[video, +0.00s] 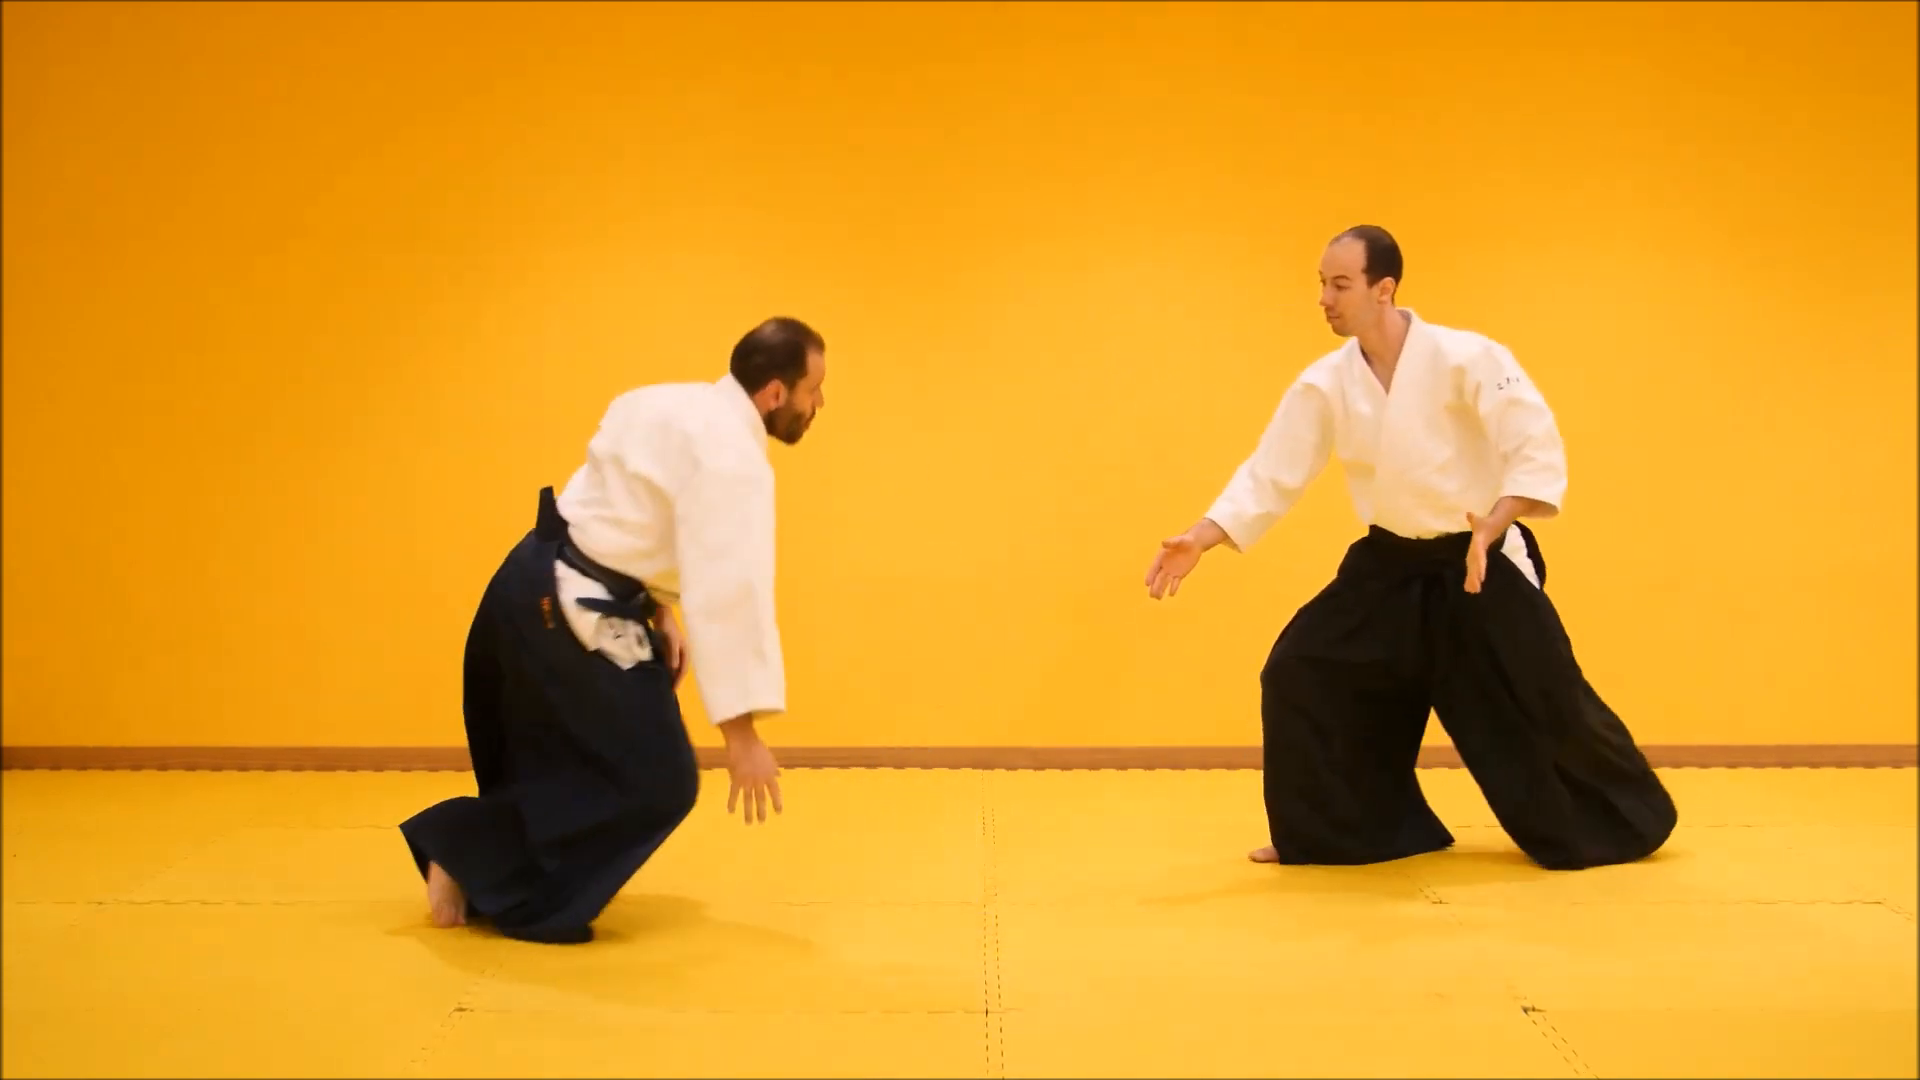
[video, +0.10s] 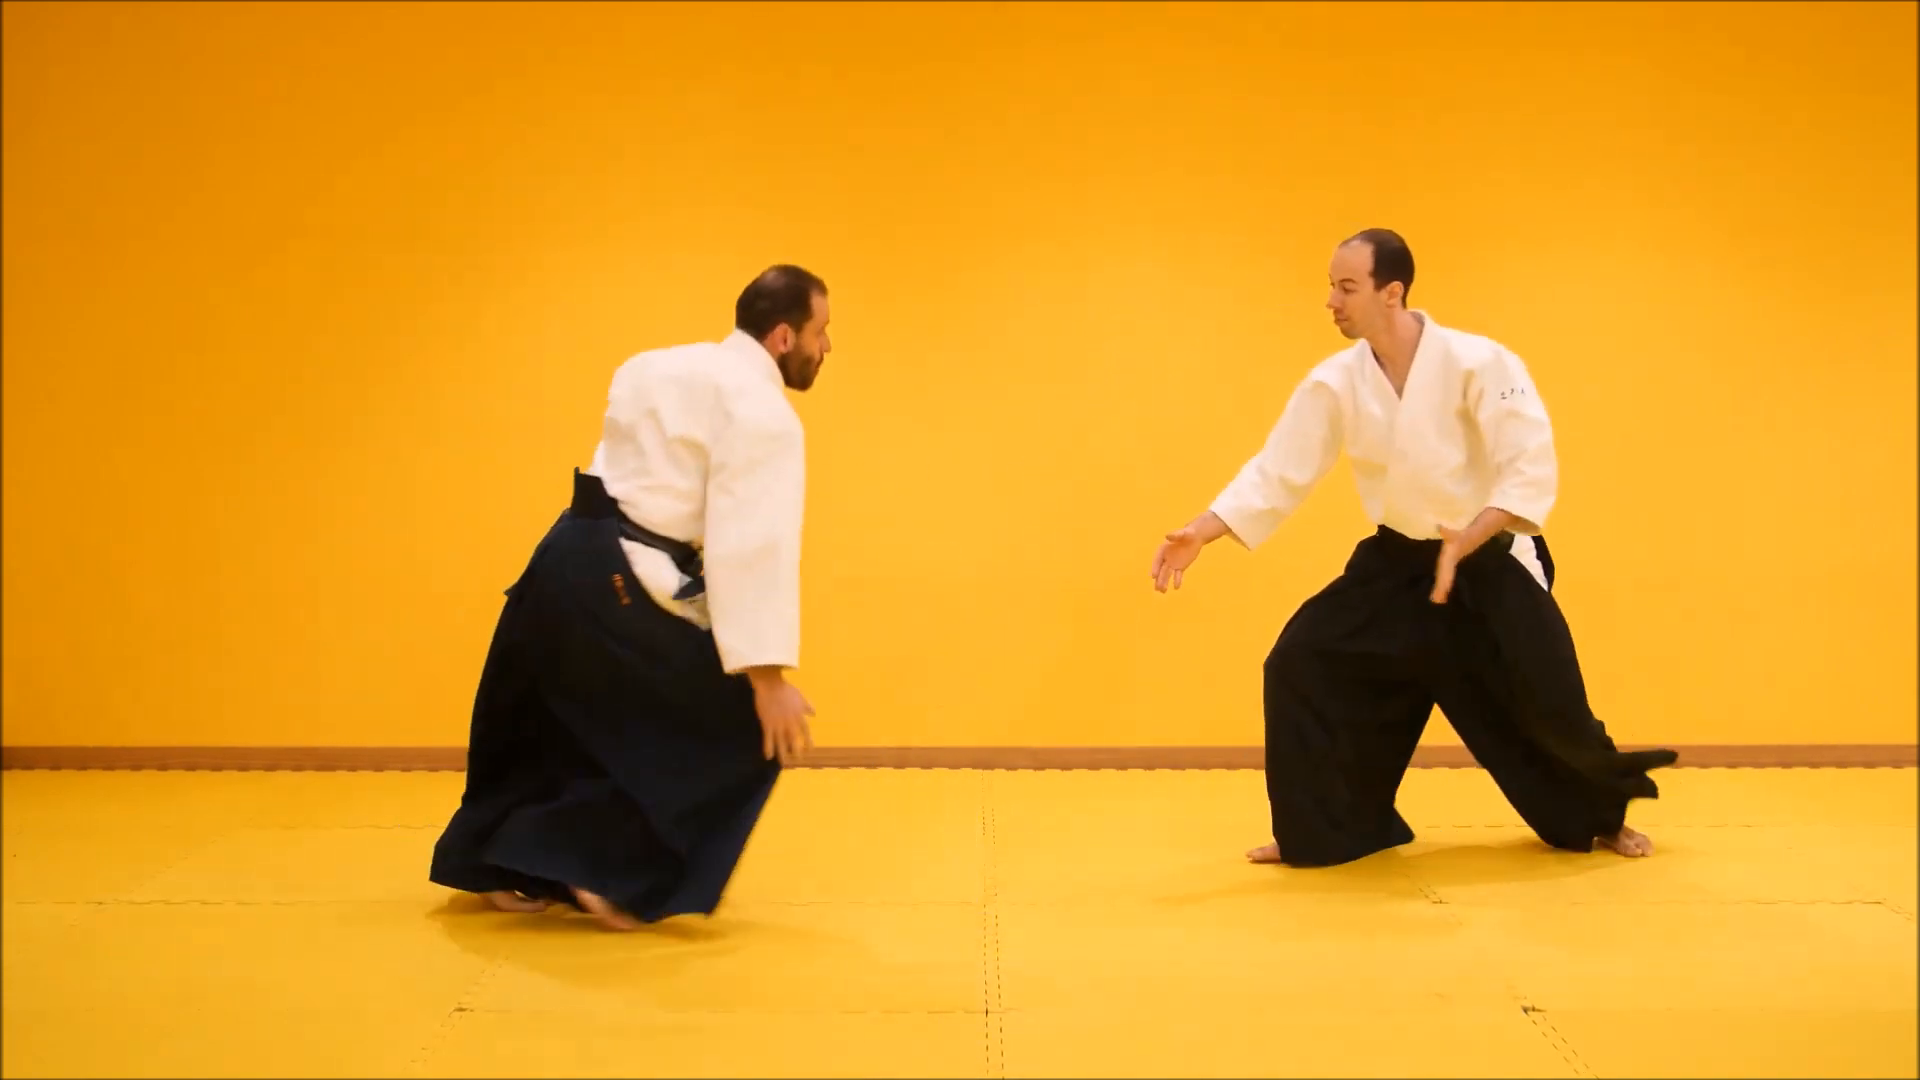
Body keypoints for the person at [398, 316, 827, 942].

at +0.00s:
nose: (820, 403)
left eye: (821, 388)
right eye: (816, 388)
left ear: (754, 382)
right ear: (775, 392)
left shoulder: (672, 401)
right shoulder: (732, 453)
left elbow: (612, 509)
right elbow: (724, 600)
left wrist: (658, 607)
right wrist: (742, 735)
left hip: (532, 578)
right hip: (578, 611)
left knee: (564, 749)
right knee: (663, 784)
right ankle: (466, 847)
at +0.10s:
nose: (827, 347)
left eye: (828, 331)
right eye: (822, 330)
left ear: (754, 326)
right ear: (784, 333)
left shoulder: (648, 368)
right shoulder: (762, 413)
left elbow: (606, 487)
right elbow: (751, 553)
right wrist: (769, 678)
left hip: (560, 567)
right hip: (635, 591)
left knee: (559, 715)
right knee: (749, 732)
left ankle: (510, 857)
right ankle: (615, 864)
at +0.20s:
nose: (850, 321)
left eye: (850, 306)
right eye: (845, 306)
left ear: (778, 307)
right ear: (808, 311)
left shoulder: (677, 356)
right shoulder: (797, 393)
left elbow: (647, 479)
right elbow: (801, 535)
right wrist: (854, 645)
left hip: (617, 557)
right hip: (697, 573)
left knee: (620, 713)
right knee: (826, 691)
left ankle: (496, 847)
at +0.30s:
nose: (897, 307)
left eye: (895, 292)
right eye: (890, 293)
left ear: (823, 295)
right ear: (855, 298)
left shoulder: (733, 349)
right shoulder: (845, 380)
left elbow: (723, 474)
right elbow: (885, 518)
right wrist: (980, 587)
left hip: (683, 550)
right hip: (762, 561)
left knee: (655, 720)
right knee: (917, 658)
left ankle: (485, 832)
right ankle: (951, 845)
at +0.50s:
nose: (1012, 261)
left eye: (1009, 247)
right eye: (1007, 249)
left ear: (944, 256)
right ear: (976, 262)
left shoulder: (898, 316)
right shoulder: (957, 347)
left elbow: (996, 388)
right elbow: (1036, 464)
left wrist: (1068, 423)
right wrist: (1120, 449)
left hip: (851, 528)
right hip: (918, 544)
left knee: (830, 687)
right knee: (1023, 676)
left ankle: (654, 771)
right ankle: (1016, 852)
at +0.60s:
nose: (1043, 236)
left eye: (1042, 223)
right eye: (1041, 223)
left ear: (970, 225)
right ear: (1019, 228)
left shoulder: (935, 285)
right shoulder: (1004, 320)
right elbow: (1075, 444)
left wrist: (1041, 326)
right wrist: (1115, 407)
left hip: (908, 501)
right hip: (976, 515)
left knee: (931, 673)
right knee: (1038, 676)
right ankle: (1009, 854)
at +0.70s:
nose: (1074, 211)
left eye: (1072, 198)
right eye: (1071, 198)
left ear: (1002, 203)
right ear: (1048, 204)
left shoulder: (969, 269)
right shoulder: (1039, 293)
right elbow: (1089, 429)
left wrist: (1084, 279)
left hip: (956, 485)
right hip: (1016, 496)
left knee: (997, 669)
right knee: (1043, 674)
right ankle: (997, 843)